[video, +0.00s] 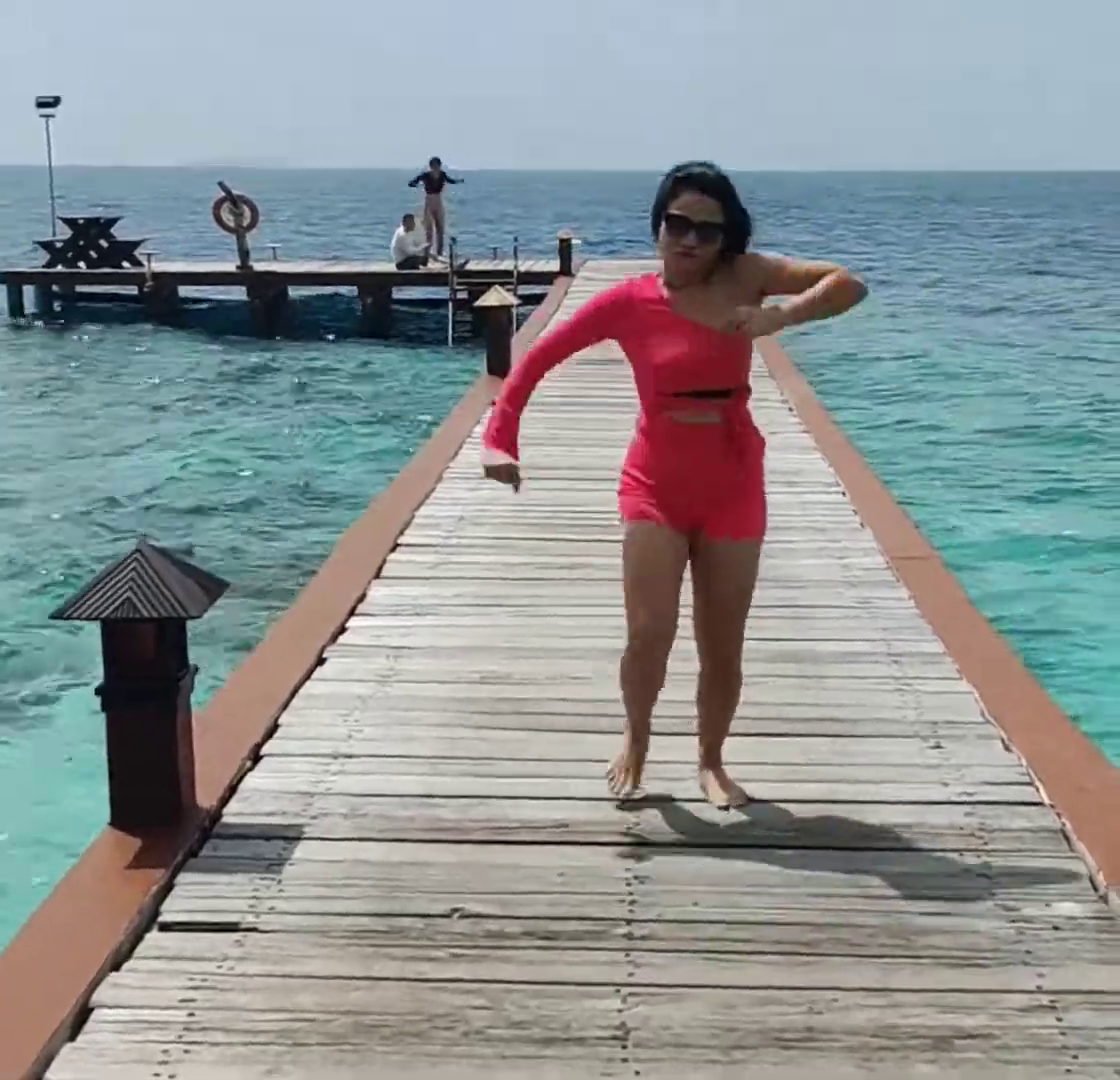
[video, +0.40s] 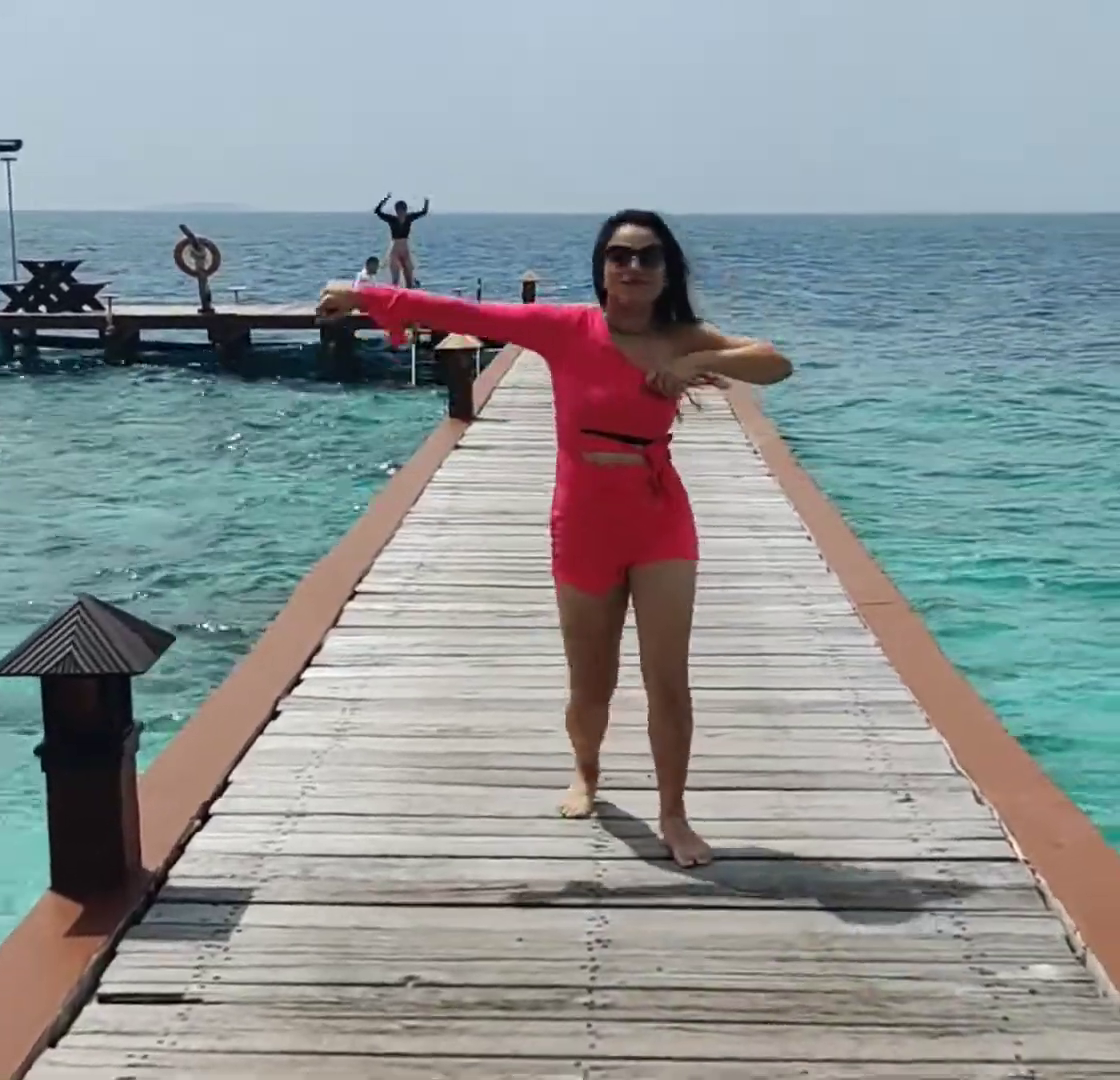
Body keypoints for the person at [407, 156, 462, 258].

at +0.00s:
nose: (435, 169)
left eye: (437, 167)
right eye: (433, 167)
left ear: (440, 166)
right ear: (430, 167)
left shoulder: (442, 174)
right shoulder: (426, 175)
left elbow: (449, 181)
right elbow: (411, 183)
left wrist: (458, 181)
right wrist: (416, 184)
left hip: (437, 199)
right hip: (430, 199)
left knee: (440, 227)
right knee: (428, 226)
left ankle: (439, 252)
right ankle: (427, 252)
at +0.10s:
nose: (427, 190)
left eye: (429, 187)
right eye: (425, 187)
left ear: (432, 187)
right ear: (423, 187)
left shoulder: (435, 194)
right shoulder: (417, 195)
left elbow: (447, 192)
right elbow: (400, 193)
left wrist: (455, 183)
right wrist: (405, 186)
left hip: (430, 223)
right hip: (420, 223)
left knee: (433, 251)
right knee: (422, 251)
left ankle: (431, 274)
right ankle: (419, 275)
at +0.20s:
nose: (424, 211)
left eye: (425, 208)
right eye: (421, 208)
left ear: (428, 208)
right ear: (418, 208)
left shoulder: (430, 214)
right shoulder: (414, 215)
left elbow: (445, 205)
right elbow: (401, 205)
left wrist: (445, 192)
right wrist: (401, 193)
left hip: (426, 248)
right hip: (416, 249)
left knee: (430, 273)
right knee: (420, 275)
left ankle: (430, 294)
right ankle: (414, 295)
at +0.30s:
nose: (417, 217)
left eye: (419, 215)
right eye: (415, 215)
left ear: (421, 215)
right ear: (411, 215)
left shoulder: (424, 222)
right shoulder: (407, 224)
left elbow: (439, 216)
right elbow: (395, 214)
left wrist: (431, 205)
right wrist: (399, 201)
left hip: (419, 255)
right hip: (409, 255)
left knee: (425, 281)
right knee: (414, 281)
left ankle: (422, 301)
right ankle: (409, 301)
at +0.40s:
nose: (401, 213)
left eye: (403, 210)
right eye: (399, 211)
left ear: (406, 210)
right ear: (396, 211)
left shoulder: (409, 218)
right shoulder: (392, 219)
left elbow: (423, 213)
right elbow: (377, 212)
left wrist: (426, 202)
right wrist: (385, 200)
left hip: (405, 250)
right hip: (394, 250)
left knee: (409, 280)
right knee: (395, 279)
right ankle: (394, 298)